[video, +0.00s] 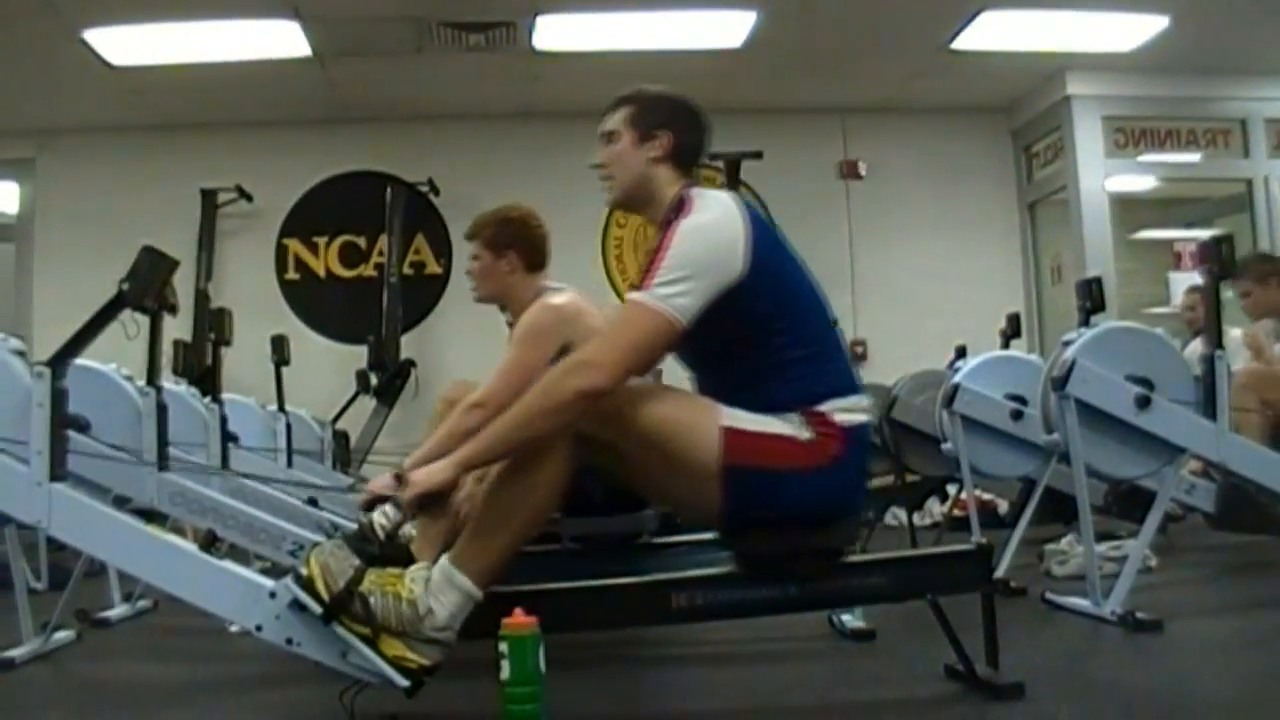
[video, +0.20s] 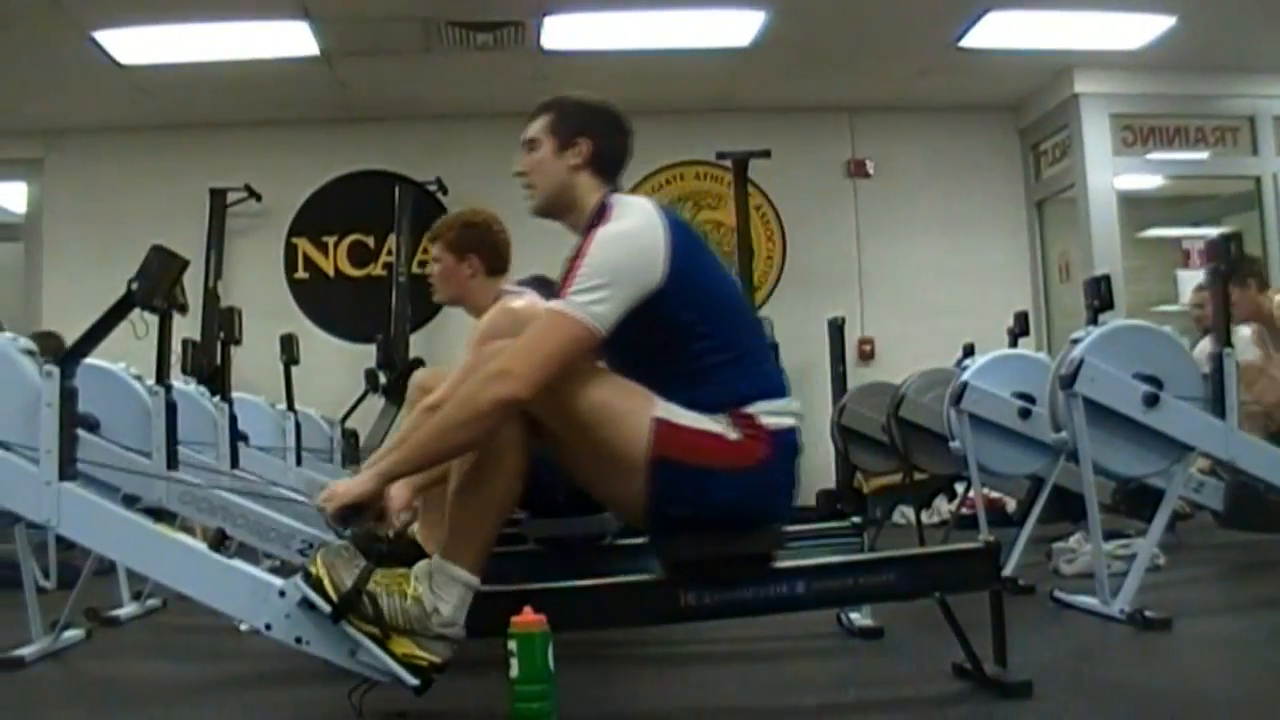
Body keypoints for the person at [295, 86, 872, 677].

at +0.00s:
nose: (596, 158)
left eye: (610, 141)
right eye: (599, 144)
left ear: (660, 147)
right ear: (656, 152)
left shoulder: (713, 221)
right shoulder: (684, 231)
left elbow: (588, 375)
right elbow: (596, 370)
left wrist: (454, 463)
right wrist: (460, 455)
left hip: (812, 451)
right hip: (767, 440)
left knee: (575, 405)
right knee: (556, 405)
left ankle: (438, 608)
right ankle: (431, 592)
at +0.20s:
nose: (519, 165)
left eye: (532, 148)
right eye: (522, 151)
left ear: (579, 152)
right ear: (575, 156)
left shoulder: (632, 227)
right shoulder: (604, 241)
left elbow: (511, 383)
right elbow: (504, 381)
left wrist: (371, 474)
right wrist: (404, 481)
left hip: (741, 461)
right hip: (701, 457)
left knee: (512, 331)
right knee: (508, 332)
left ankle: (440, 601)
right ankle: (433, 596)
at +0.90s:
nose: (615, 150)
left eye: (631, 134)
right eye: (620, 134)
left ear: (678, 143)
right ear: (677, 148)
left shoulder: (719, 223)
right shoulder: (696, 230)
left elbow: (589, 371)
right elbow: (584, 371)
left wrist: (444, 438)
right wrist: (457, 449)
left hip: (818, 459)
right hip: (784, 451)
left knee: (596, 358)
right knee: (580, 363)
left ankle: (540, 592)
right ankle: (529, 582)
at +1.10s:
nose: (713, 138)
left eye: (728, 121)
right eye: (716, 122)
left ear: (777, 129)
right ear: (771, 133)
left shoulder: (815, 212)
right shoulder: (776, 217)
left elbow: (669, 346)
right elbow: (669, 347)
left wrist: (520, 402)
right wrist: (533, 409)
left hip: (888, 449)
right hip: (839, 438)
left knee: (657, 383)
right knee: (633, 386)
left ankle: (547, 595)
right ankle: (532, 583)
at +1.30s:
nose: (804, 126)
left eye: (821, 110)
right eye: (808, 111)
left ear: (870, 121)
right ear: (858, 123)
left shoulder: (902, 206)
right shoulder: (866, 214)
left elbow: (758, 325)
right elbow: (755, 326)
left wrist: (600, 378)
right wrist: (608, 381)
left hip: (960, 441)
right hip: (916, 433)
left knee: (705, 414)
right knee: (687, 417)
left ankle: (546, 601)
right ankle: (540, 595)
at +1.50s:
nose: (879, 125)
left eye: (896, 107)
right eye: (883, 111)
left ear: (950, 117)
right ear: (939, 122)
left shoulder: (983, 202)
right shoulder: (944, 210)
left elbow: (842, 322)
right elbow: (826, 316)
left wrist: (679, 369)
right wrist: (681, 377)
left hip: (1014, 440)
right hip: (969, 436)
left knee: (753, 457)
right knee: (730, 458)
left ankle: (548, 605)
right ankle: (539, 596)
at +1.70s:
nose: (944, 125)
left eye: (960, 108)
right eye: (944, 111)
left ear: (1013, 115)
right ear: (985, 122)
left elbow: (924, 324)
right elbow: (888, 343)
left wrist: (762, 367)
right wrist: (762, 389)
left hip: (1041, 433)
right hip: (984, 428)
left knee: (799, 506)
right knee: (776, 502)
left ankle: (550, 607)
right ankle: (545, 601)